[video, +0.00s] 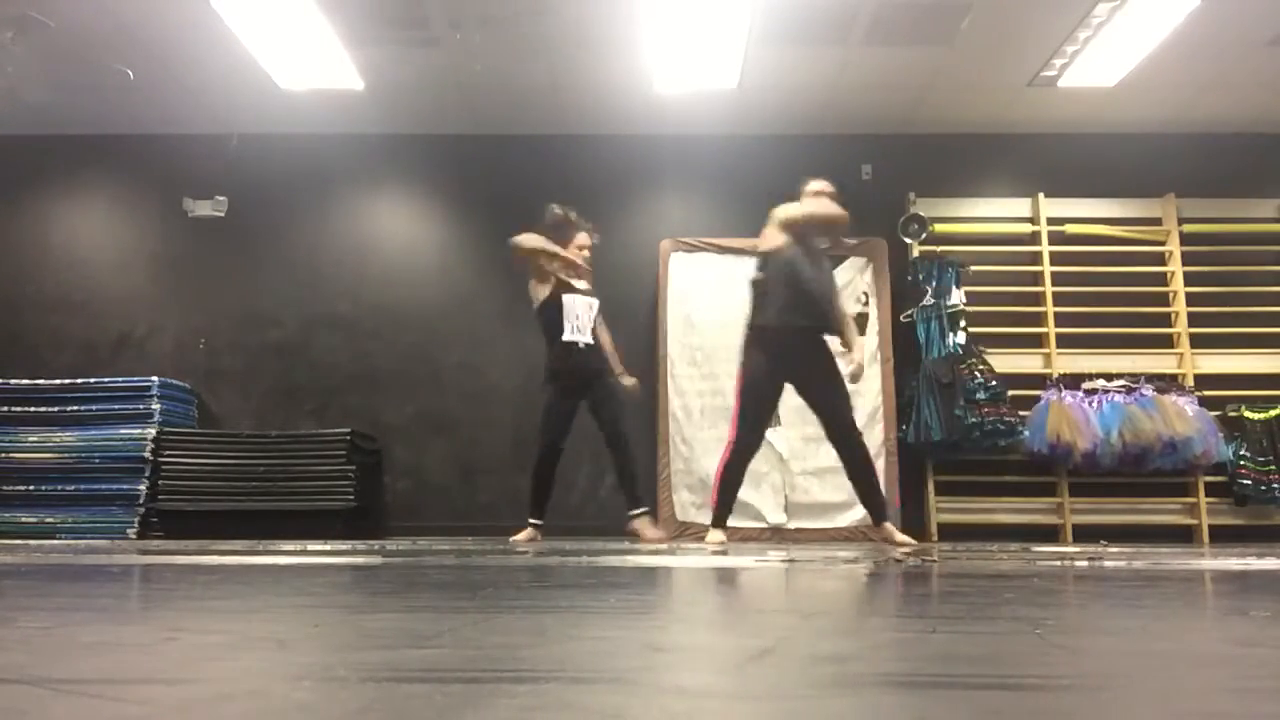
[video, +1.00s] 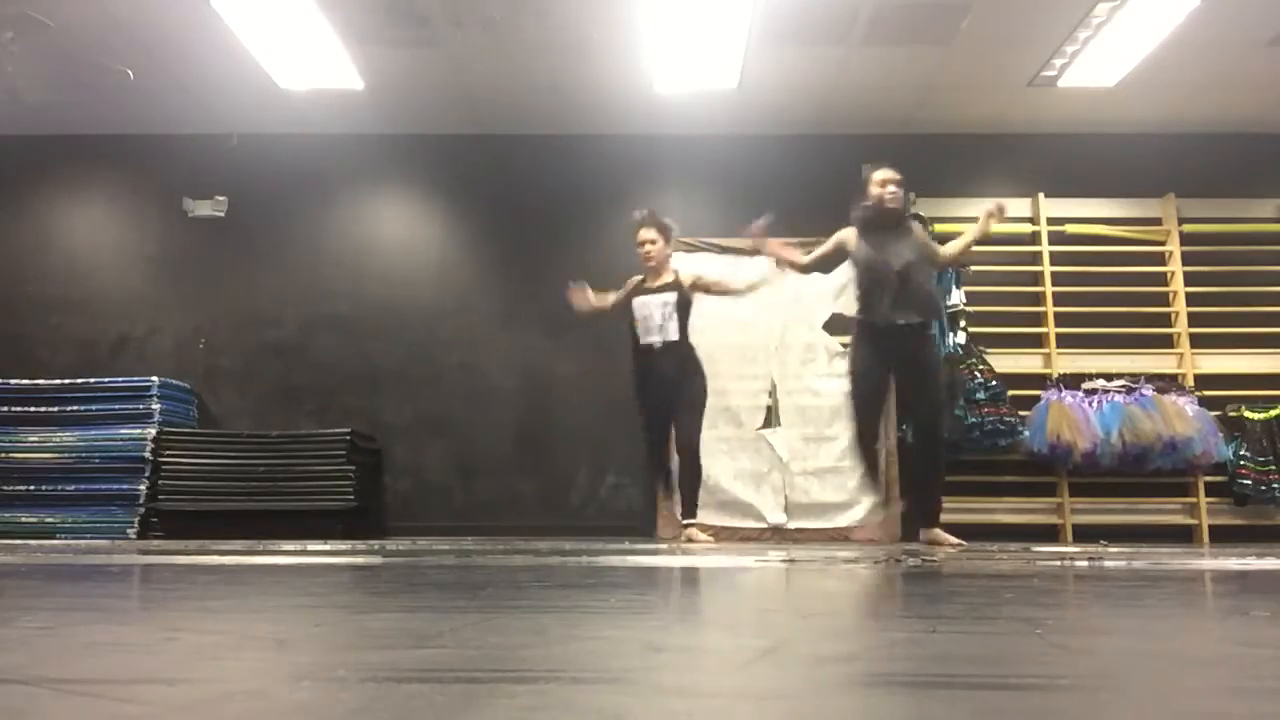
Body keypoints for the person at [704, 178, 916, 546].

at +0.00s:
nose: (826, 201)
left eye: (830, 196)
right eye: (818, 195)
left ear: (835, 206)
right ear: (800, 200)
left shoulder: (820, 259)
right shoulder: (778, 229)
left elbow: (836, 308)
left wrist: (854, 346)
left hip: (809, 347)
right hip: (766, 345)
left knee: (845, 434)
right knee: (746, 438)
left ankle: (881, 523)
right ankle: (717, 526)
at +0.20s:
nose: (774, 201)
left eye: (779, 196)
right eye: (765, 194)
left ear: (786, 205)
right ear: (748, 202)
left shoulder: (793, 248)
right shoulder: (734, 236)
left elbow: (813, 305)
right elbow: (677, 210)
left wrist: (840, 353)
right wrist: (714, 211)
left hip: (791, 341)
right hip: (743, 341)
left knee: (842, 427)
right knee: (731, 437)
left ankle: (902, 503)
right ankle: (717, 527)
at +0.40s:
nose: (739, 237)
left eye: (743, 230)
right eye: (731, 229)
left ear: (748, 237)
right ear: (713, 237)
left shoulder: (770, 275)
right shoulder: (707, 293)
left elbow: (803, 321)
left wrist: (825, 352)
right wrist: (704, 317)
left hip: (787, 375)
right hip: (738, 379)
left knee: (851, 437)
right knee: (718, 449)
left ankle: (932, 498)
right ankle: (719, 526)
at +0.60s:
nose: (761, 269)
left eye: (763, 263)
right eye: (750, 265)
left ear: (769, 270)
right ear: (735, 279)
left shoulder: (795, 307)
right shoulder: (731, 323)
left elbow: (811, 361)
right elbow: (758, 376)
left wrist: (805, 388)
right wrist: (799, 360)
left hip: (801, 384)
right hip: (756, 390)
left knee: (862, 442)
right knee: (731, 448)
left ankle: (940, 512)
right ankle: (721, 529)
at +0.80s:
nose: (833, 211)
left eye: (839, 205)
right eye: (824, 205)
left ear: (848, 214)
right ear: (809, 218)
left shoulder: (869, 255)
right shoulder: (796, 270)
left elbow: (888, 311)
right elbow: (772, 330)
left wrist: (916, 361)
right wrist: (739, 374)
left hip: (864, 363)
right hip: (819, 367)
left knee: (915, 436)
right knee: (776, 438)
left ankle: (926, 527)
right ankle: (727, 522)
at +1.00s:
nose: (891, 190)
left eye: (897, 185)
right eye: (882, 184)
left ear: (905, 194)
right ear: (867, 194)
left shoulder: (915, 233)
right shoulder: (851, 236)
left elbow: (946, 256)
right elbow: (806, 265)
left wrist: (980, 228)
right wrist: (769, 247)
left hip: (916, 340)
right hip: (872, 339)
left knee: (927, 428)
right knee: (866, 425)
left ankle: (926, 524)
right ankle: (876, 508)